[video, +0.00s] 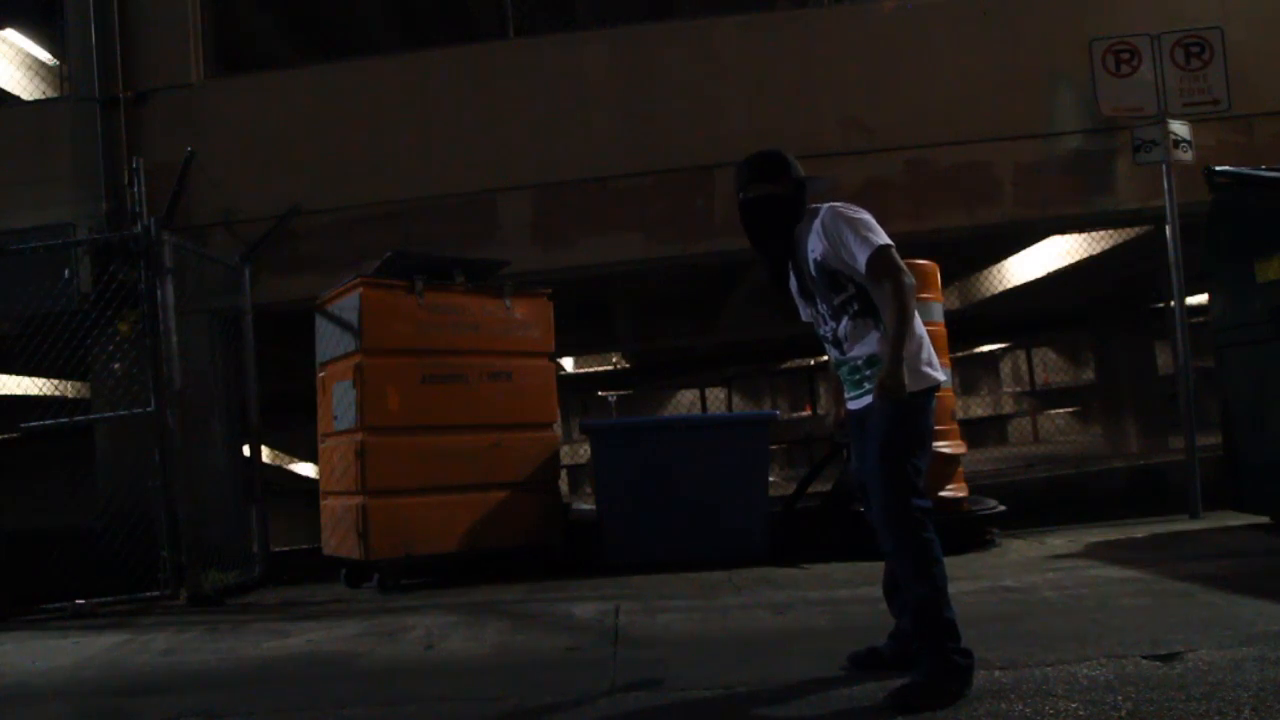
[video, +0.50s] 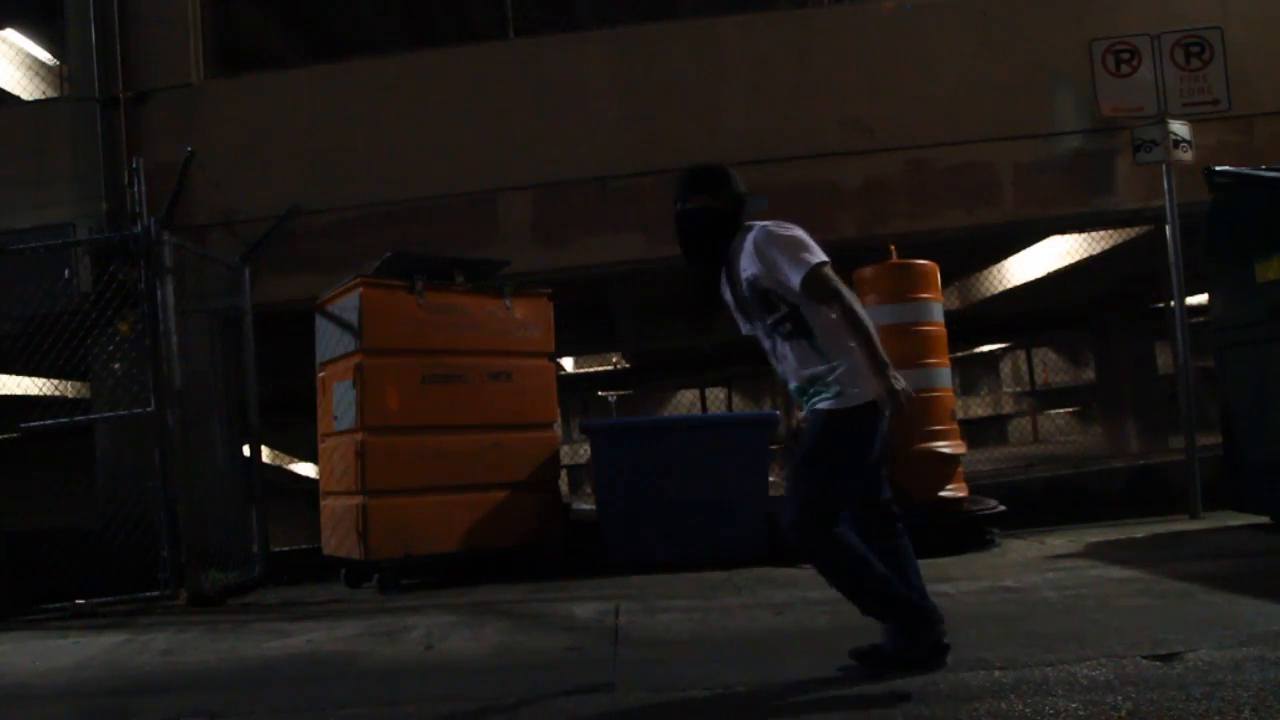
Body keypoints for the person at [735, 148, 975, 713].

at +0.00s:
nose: (749, 217)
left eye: (755, 203)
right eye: (745, 205)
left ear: (783, 195)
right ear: (758, 205)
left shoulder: (835, 220)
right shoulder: (798, 263)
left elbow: (895, 280)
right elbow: (835, 341)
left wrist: (893, 371)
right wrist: (841, 401)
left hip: (898, 392)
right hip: (866, 401)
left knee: (905, 520)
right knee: (888, 521)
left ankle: (944, 660)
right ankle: (910, 640)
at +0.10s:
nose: (745, 216)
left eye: (752, 202)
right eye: (742, 205)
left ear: (778, 195)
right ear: (757, 205)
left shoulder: (831, 221)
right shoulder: (794, 262)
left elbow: (891, 282)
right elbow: (832, 340)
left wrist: (887, 365)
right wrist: (839, 404)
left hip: (898, 392)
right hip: (865, 400)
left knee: (904, 520)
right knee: (886, 520)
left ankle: (945, 660)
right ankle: (910, 639)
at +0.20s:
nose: (739, 219)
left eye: (746, 205)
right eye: (735, 208)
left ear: (774, 197)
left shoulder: (824, 224)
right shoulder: (786, 266)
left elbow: (886, 284)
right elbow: (826, 342)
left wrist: (883, 364)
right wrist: (831, 402)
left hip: (895, 391)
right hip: (862, 400)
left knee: (897, 517)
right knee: (881, 518)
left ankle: (944, 658)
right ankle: (912, 637)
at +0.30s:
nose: (728, 220)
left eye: (736, 206)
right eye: (724, 209)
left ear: (763, 200)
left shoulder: (812, 227)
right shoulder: (773, 269)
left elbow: (875, 285)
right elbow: (818, 344)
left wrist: (882, 375)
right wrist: (821, 406)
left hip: (886, 394)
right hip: (853, 403)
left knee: (883, 517)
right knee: (870, 518)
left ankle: (939, 652)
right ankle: (910, 637)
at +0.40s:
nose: (712, 221)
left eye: (720, 207)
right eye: (708, 210)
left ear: (747, 202)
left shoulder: (794, 232)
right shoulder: (757, 272)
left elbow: (856, 287)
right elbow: (805, 345)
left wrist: (882, 377)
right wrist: (814, 408)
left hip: (871, 394)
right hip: (843, 402)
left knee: (846, 517)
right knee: (878, 514)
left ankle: (929, 634)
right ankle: (908, 635)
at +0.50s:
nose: (686, 228)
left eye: (694, 214)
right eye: (683, 216)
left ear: (721, 209)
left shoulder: (769, 240)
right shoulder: (733, 276)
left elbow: (840, 296)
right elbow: (782, 349)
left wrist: (886, 373)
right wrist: (791, 412)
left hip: (852, 400)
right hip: (822, 409)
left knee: (811, 522)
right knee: (870, 516)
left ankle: (910, 630)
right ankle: (914, 633)